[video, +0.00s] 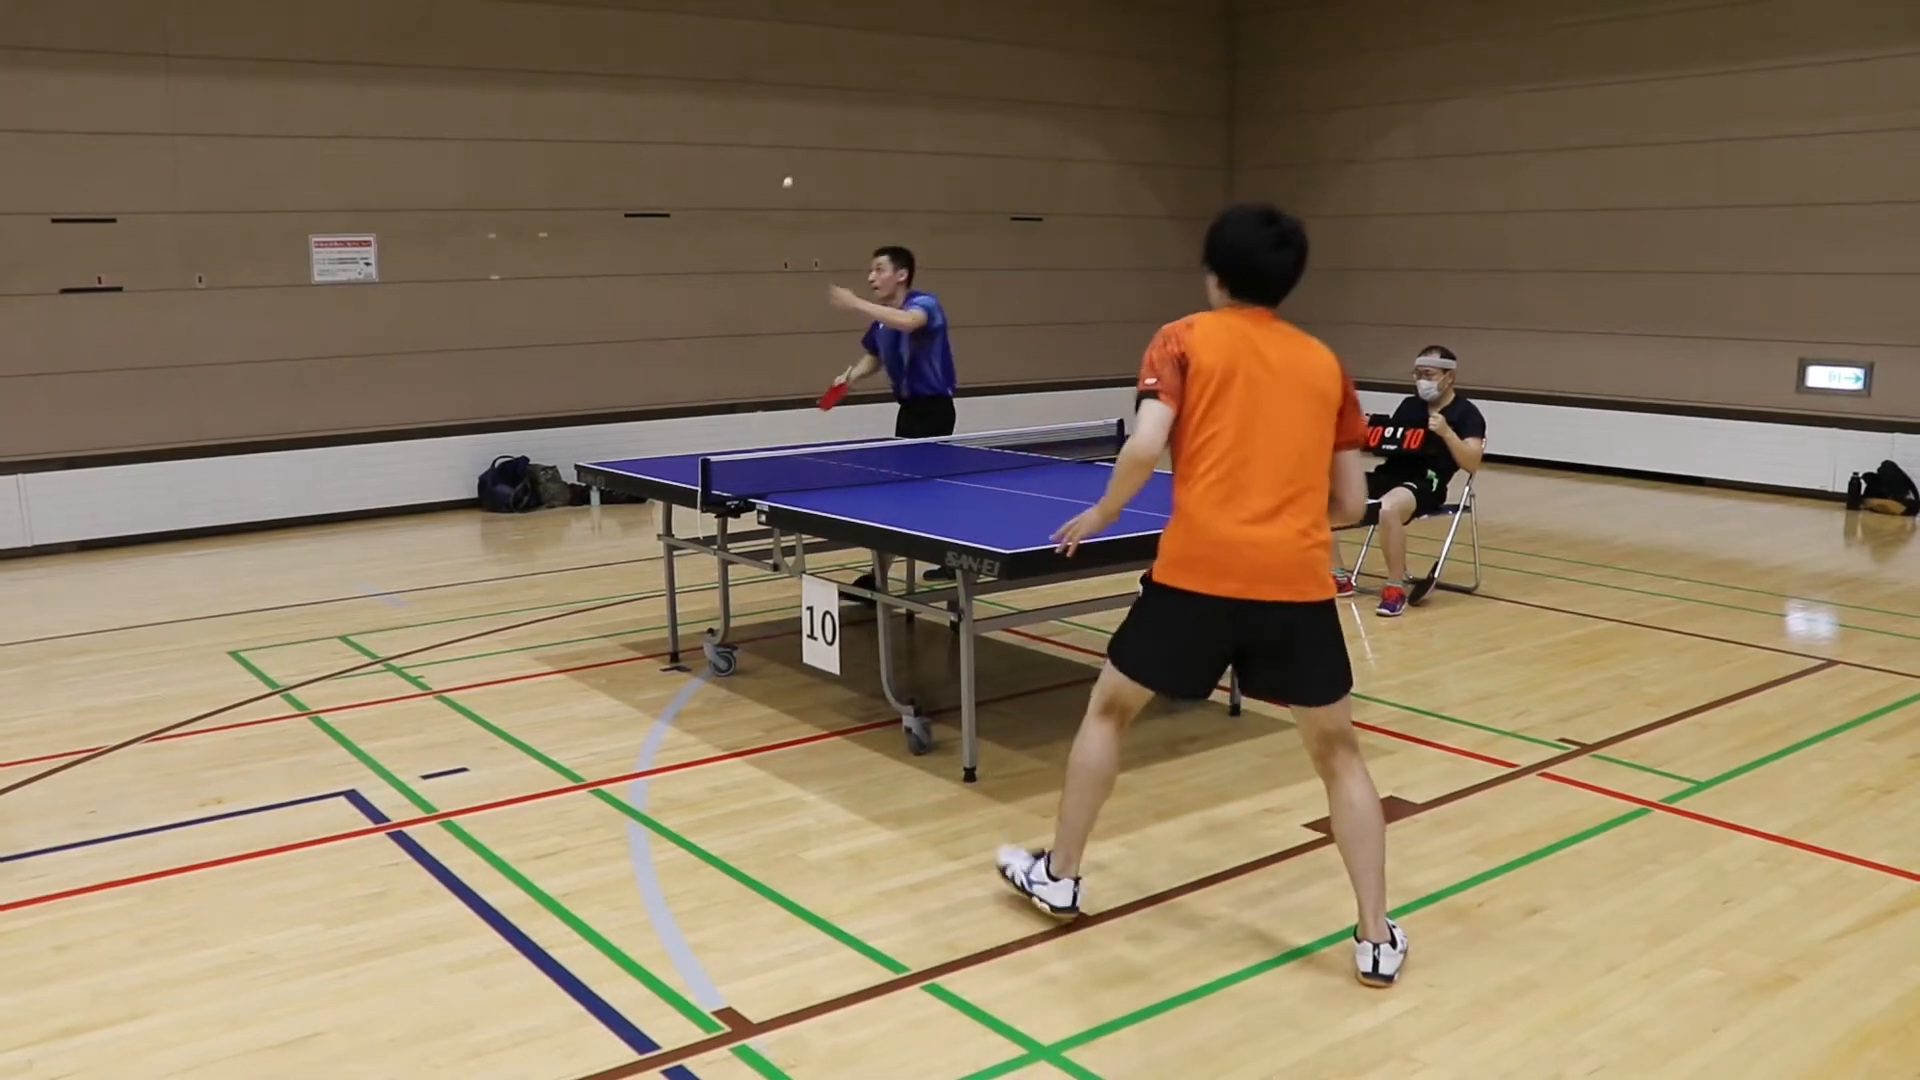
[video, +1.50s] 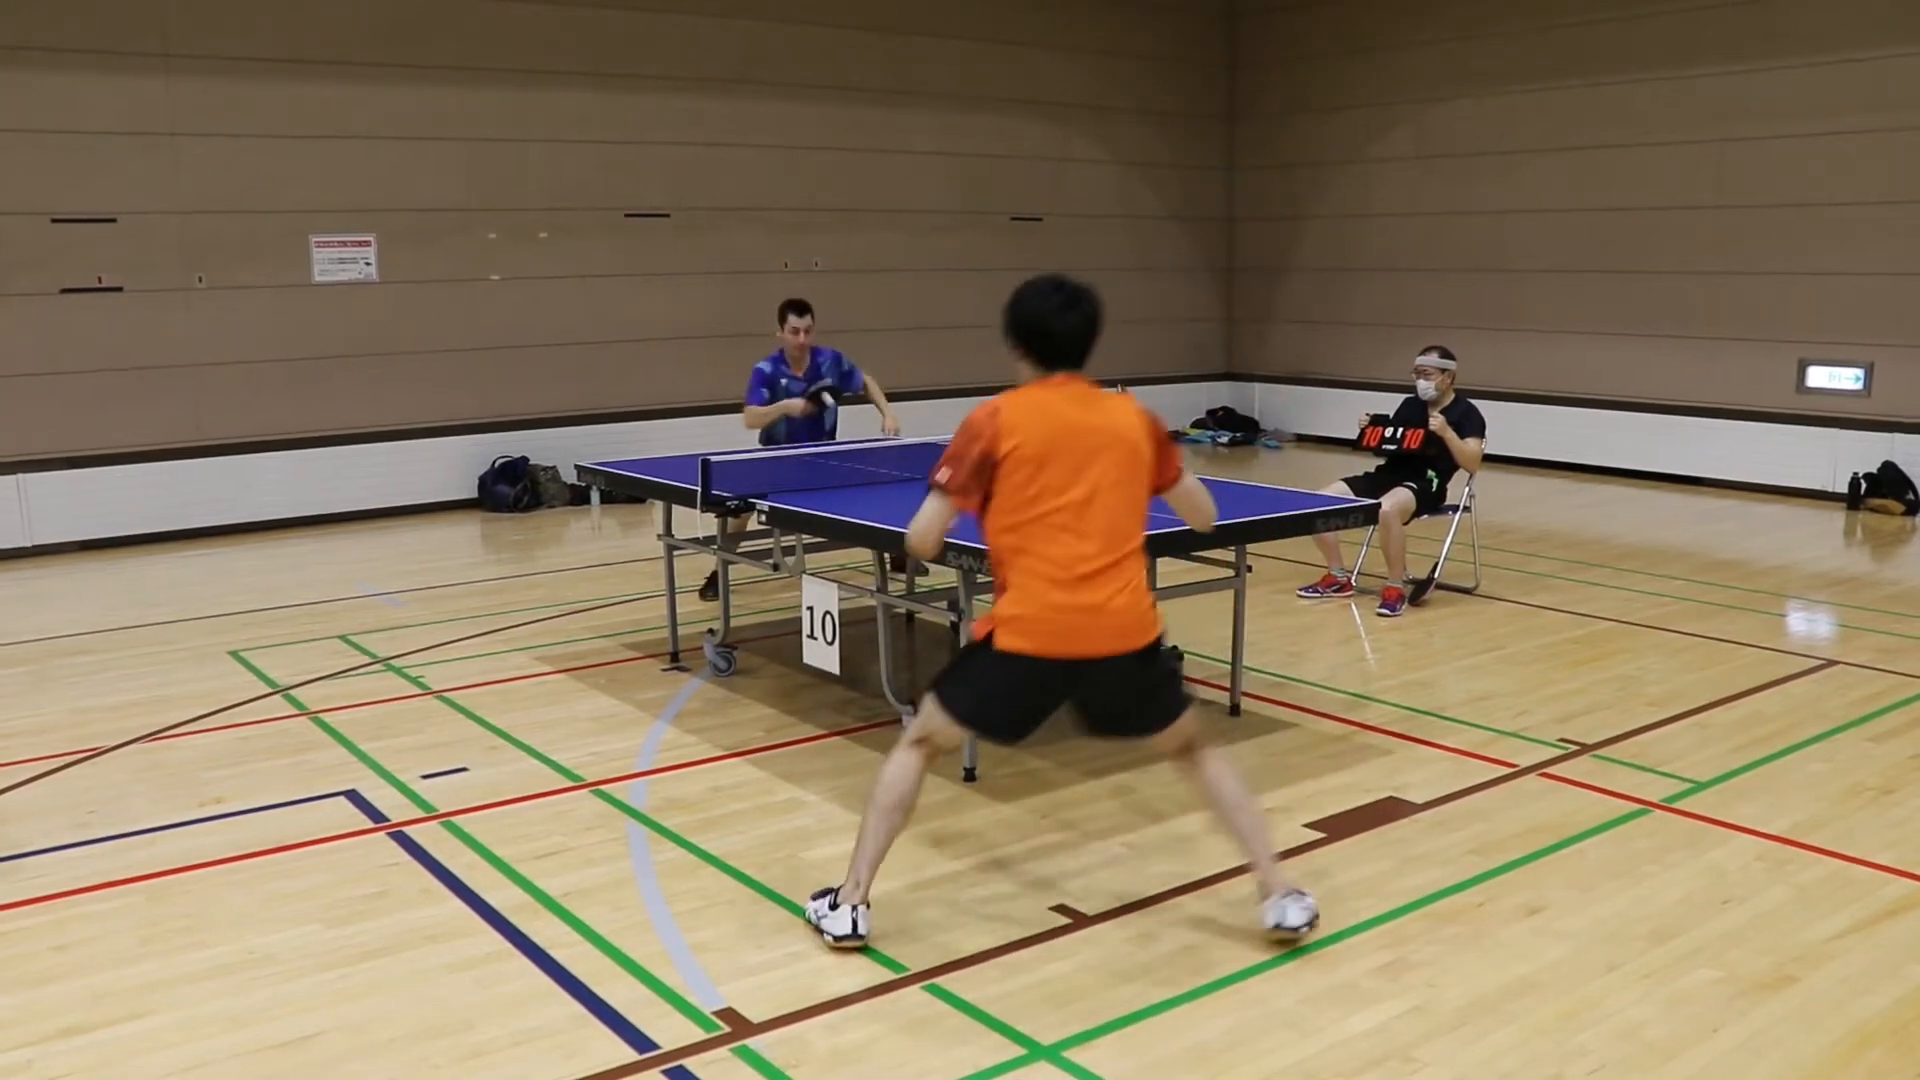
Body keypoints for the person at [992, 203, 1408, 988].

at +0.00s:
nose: (1206, 277)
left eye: (1209, 267)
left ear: (1215, 274)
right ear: (1291, 281)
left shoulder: (1185, 340)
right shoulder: (1324, 365)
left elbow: (1144, 449)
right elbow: (1350, 503)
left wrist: (1101, 513)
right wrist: (1281, 511)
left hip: (1195, 579)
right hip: (1298, 590)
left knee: (1110, 710)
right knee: (1338, 749)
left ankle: (1060, 872)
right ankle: (1376, 936)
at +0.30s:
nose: (1122, 304)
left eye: (1125, 295)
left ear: (1131, 299)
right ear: (1201, 302)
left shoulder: (1108, 369)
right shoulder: (1243, 375)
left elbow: (1063, 478)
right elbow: (1291, 499)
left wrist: (1023, 521)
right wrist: (1229, 498)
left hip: (1151, 587)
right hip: (1249, 583)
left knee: (1074, 712)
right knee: (1295, 694)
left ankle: (1052, 873)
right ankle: (1341, 844)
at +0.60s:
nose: (1130, 329)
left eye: (1132, 320)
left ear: (1140, 323)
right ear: (1206, 324)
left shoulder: (1133, 386)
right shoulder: (1253, 391)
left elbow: (1075, 500)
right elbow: (1302, 493)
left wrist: (1044, 501)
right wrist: (1234, 482)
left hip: (1183, 599)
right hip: (1270, 594)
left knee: (1079, 702)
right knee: (1280, 689)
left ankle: (1054, 870)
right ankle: (1324, 822)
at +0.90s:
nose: (1115, 368)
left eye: (1116, 358)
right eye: (1118, 357)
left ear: (1127, 361)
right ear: (1187, 357)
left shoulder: (1127, 417)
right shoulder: (1231, 415)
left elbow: (1051, 525)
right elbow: (1272, 484)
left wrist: (1032, 513)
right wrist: (1212, 499)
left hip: (1190, 627)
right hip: (1272, 620)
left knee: (1049, 708)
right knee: (1268, 693)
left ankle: (998, 875)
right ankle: (1323, 822)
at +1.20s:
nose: (1014, 366)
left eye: (1015, 354)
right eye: (1015, 354)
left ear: (1027, 355)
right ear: (1090, 345)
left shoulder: (1033, 404)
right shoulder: (1133, 409)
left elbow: (944, 492)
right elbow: (1134, 523)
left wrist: (900, 471)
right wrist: (1056, 590)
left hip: (1078, 624)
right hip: (1171, 616)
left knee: (946, 691)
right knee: (1235, 716)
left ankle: (960, 865)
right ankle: (1315, 821)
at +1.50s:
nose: (1010, 346)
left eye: (1012, 337)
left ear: (1018, 344)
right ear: (1090, 342)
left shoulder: (993, 421)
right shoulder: (1134, 419)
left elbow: (922, 544)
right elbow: (1203, 517)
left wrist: (925, 542)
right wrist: (1158, 464)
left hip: (1025, 644)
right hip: (1126, 642)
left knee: (920, 743)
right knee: (1194, 749)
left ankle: (851, 901)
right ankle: (1281, 895)